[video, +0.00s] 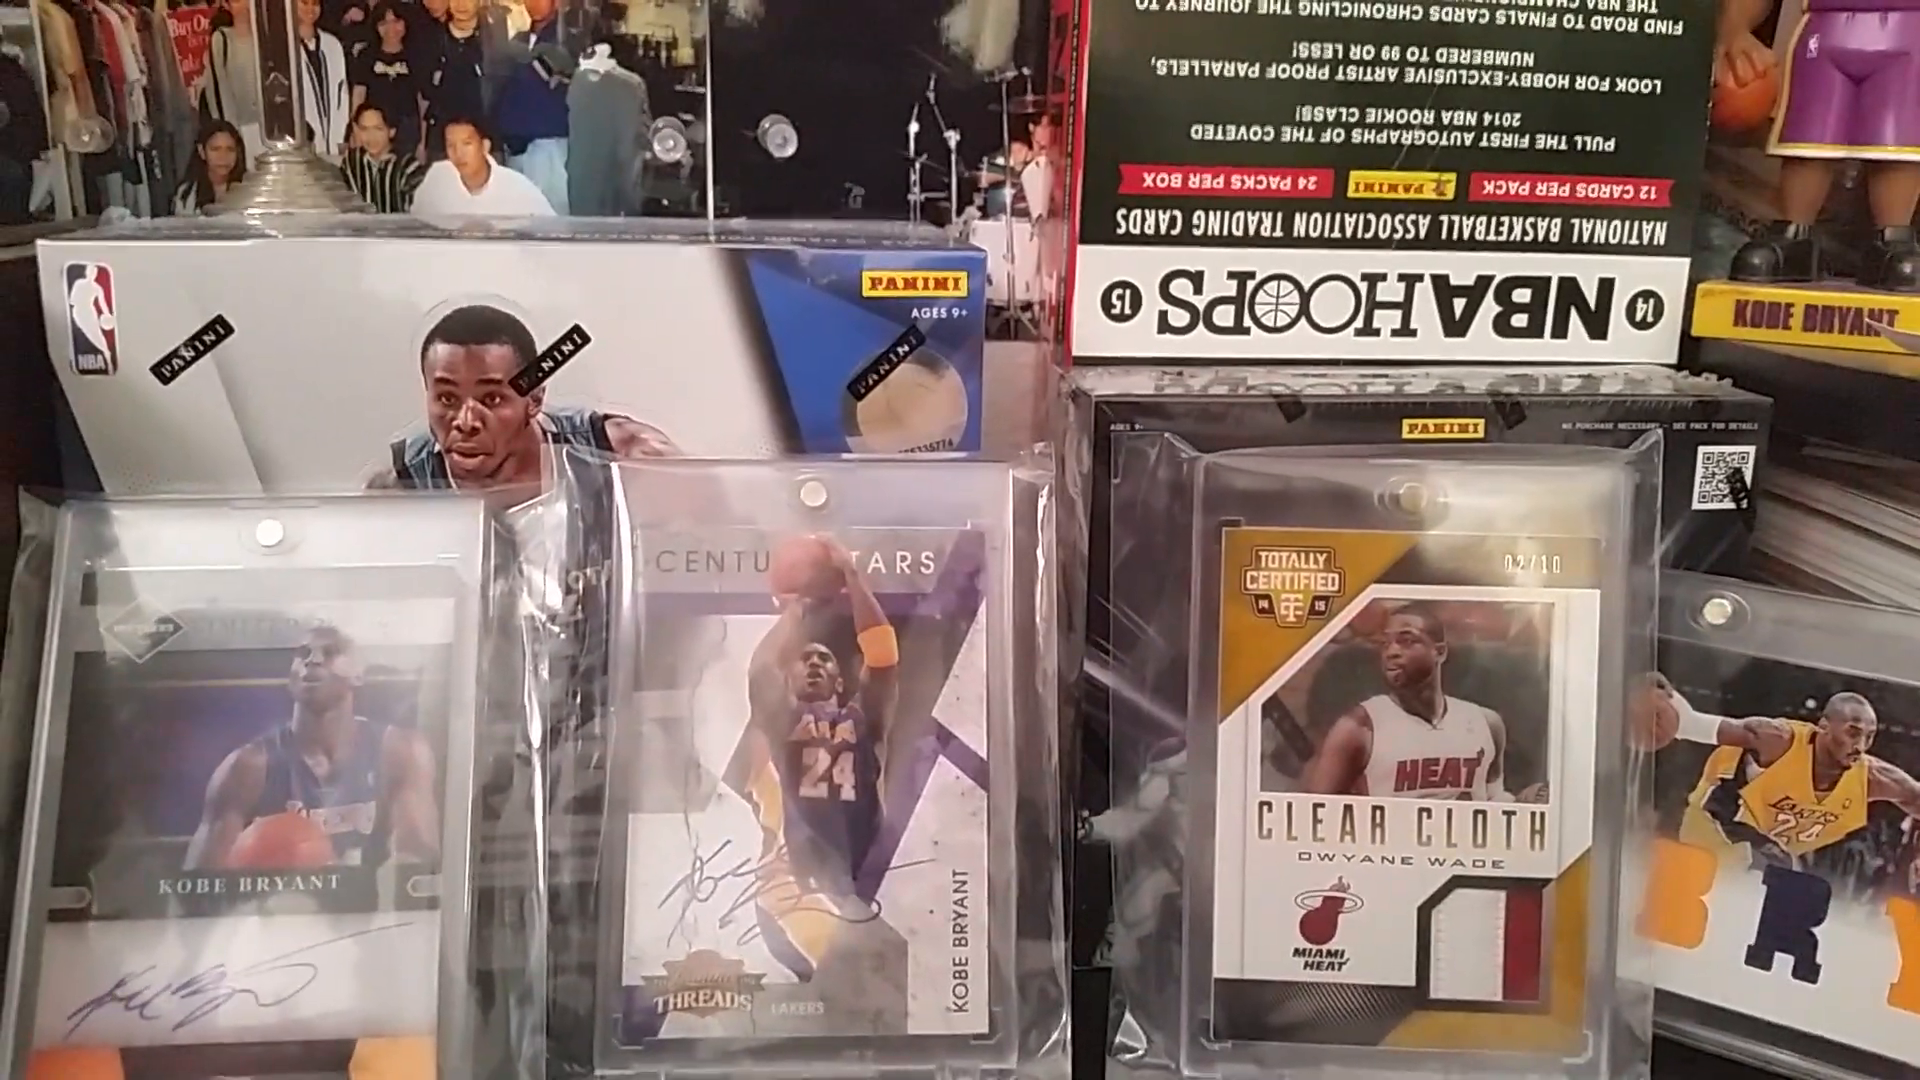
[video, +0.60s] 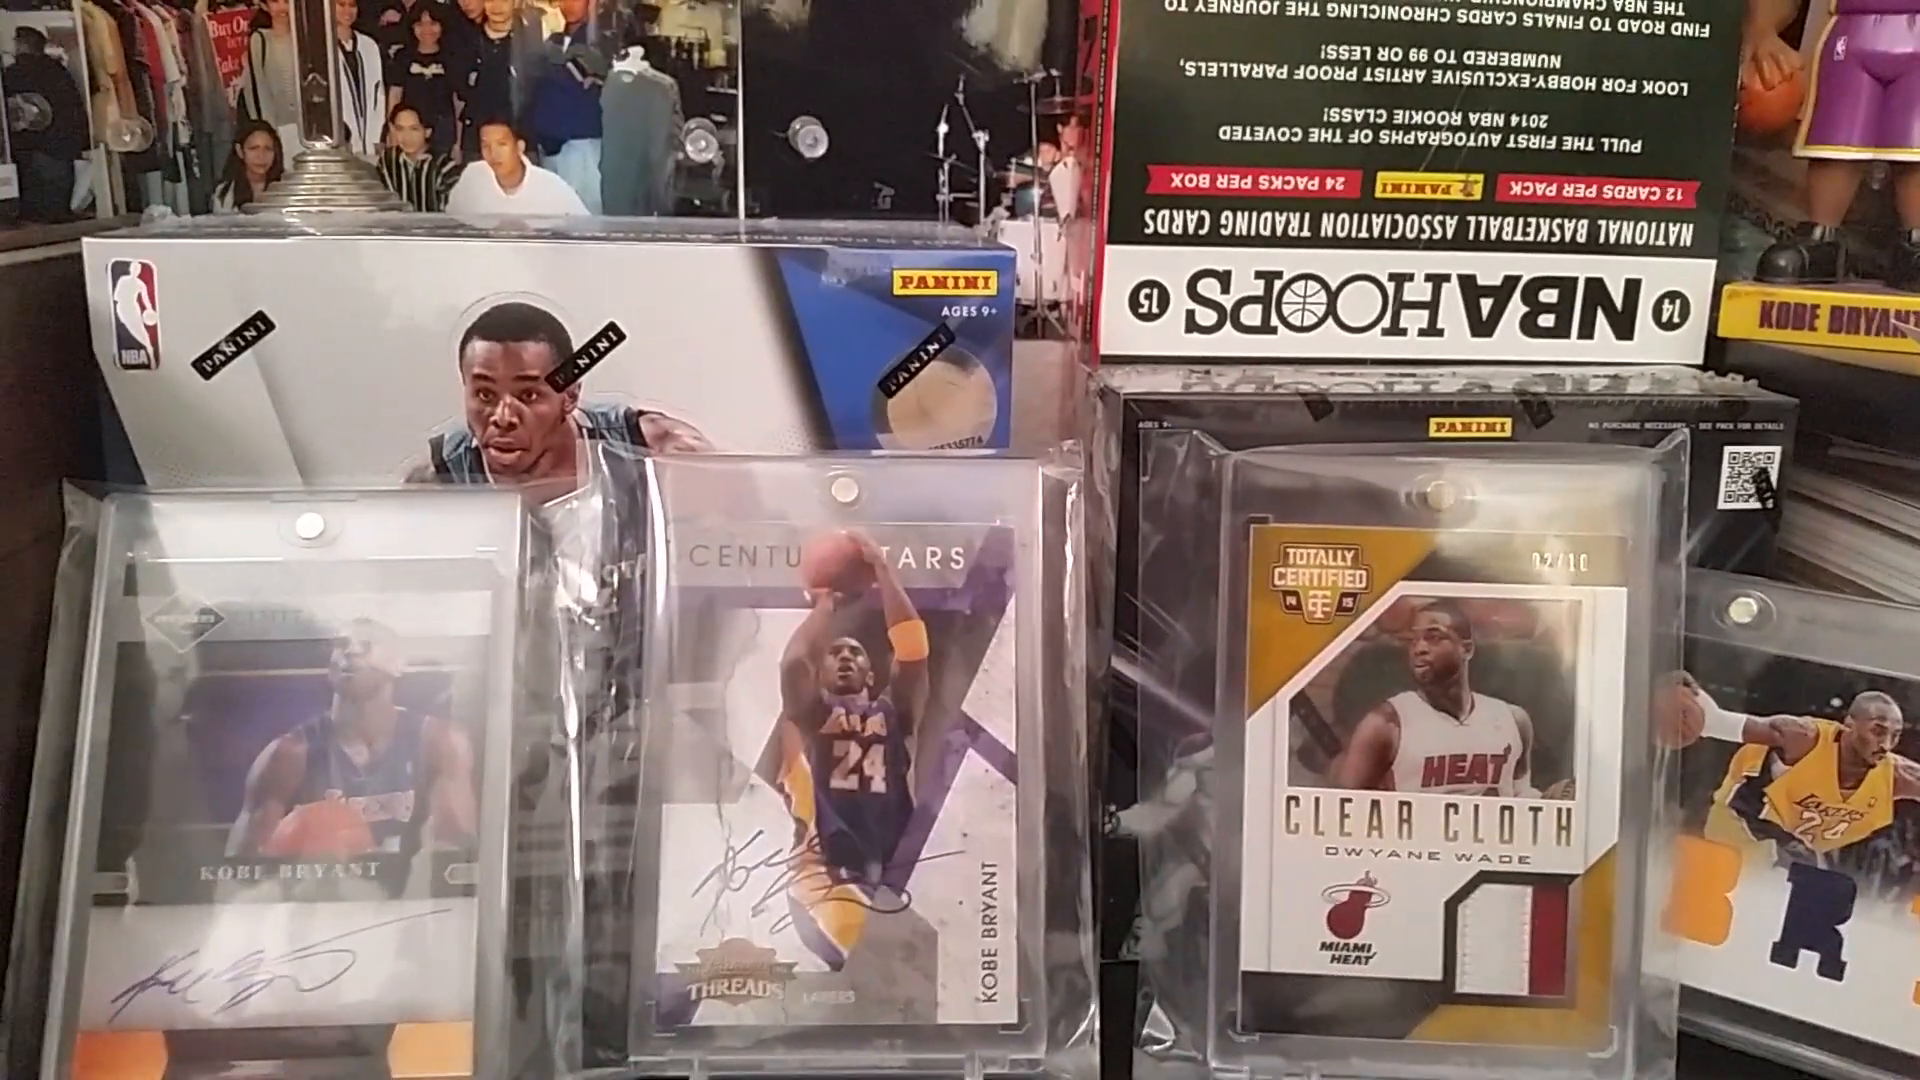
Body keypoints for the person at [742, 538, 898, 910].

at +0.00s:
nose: (814, 665)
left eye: (824, 660)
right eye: (804, 659)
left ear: (839, 680)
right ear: (789, 674)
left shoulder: (863, 721)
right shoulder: (781, 724)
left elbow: (882, 655)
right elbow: (763, 667)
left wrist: (852, 574)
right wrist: (798, 605)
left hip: (848, 888)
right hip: (789, 884)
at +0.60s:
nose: (845, 658)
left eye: (855, 652)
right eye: (834, 653)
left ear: (871, 670)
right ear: (817, 672)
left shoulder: (896, 712)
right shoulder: (809, 715)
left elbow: (911, 647)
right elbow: (794, 662)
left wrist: (883, 568)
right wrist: (825, 604)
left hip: (886, 868)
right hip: (823, 868)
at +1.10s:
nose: (915, 647)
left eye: (924, 642)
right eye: (903, 642)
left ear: (939, 659)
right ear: (886, 659)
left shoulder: (962, 702)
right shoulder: (877, 701)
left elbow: (978, 636)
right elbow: (863, 653)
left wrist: (950, 559)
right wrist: (894, 593)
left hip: (953, 862)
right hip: (890, 861)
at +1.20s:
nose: (911, 648)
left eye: (921, 643)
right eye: (900, 643)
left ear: (937, 660)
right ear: (884, 662)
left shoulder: (961, 702)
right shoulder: (876, 704)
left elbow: (976, 637)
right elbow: (861, 651)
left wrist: (948, 558)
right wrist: (891, 592)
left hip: (953, 861)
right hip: (888, 860)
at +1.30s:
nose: (905, 649)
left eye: (915, 643)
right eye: (893, 644)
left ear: (931, 659)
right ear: (877, 661)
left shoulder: (954, 702)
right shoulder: (874, 703)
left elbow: (970, 637)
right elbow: (854, 653)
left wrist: (942, 563)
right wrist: (885, 596)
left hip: (951, 852)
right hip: (890, 857)